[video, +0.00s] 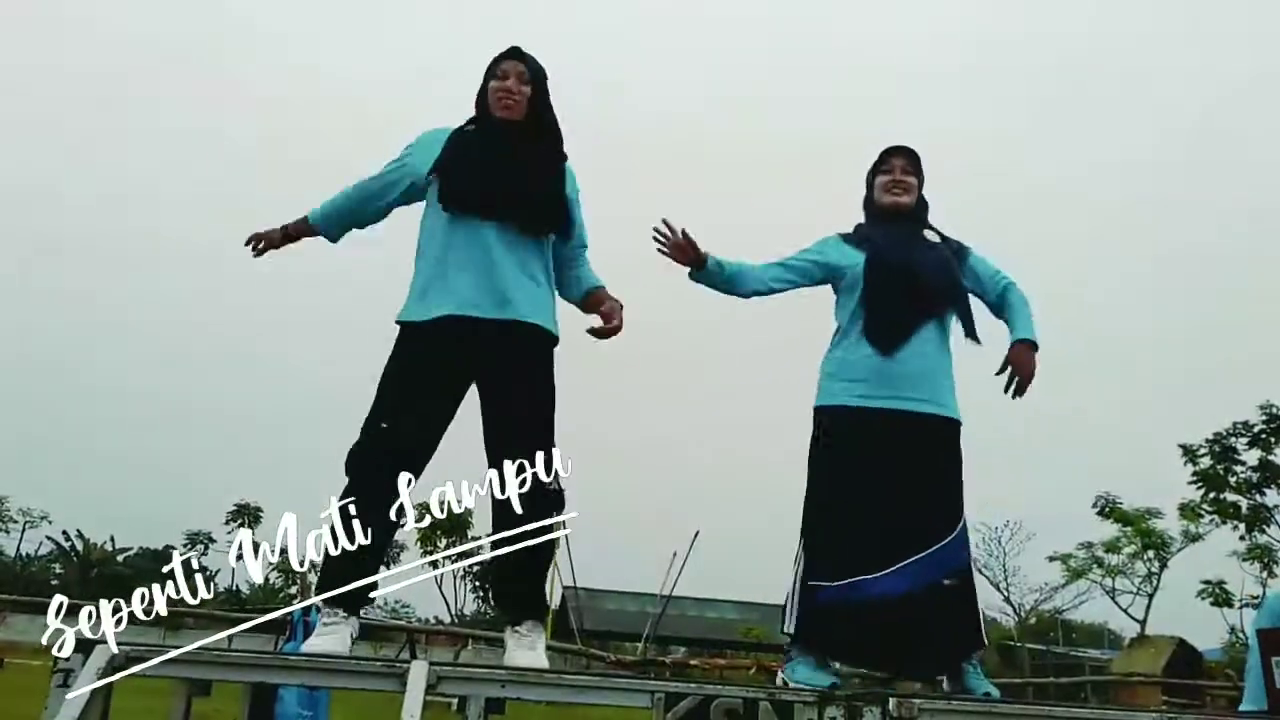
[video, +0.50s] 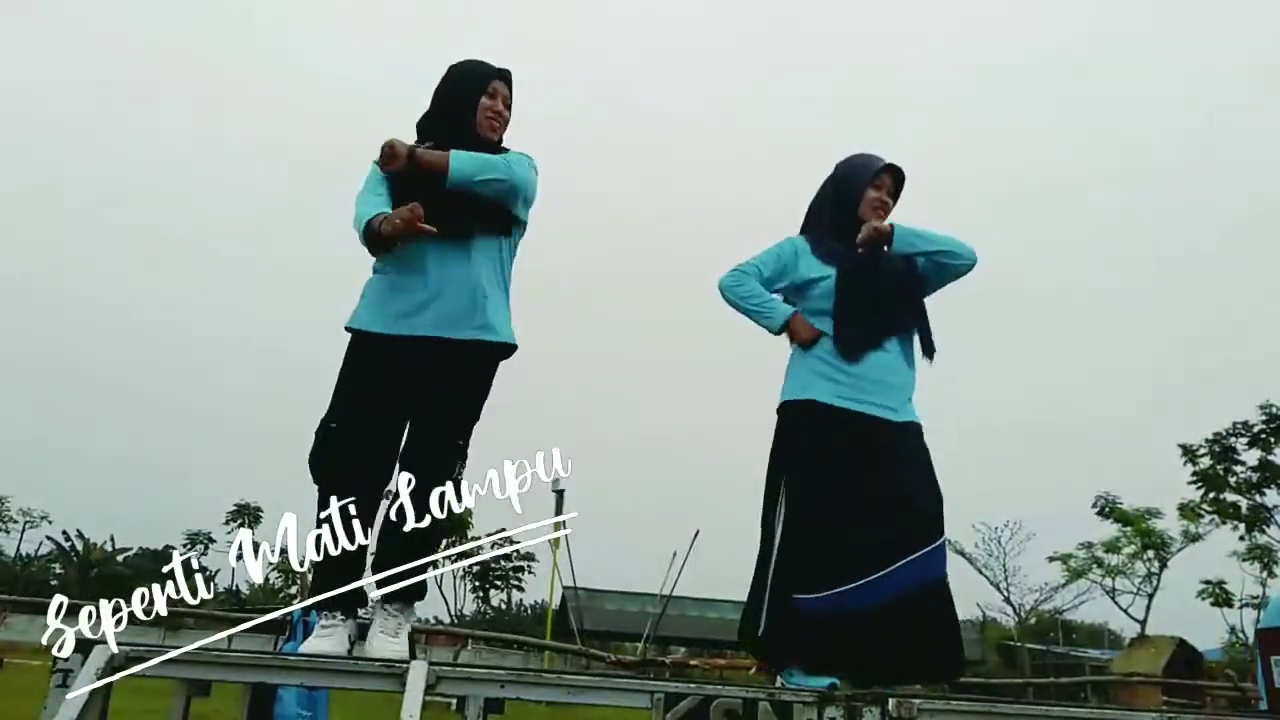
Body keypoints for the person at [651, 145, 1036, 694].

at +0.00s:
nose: (898, 179)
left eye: (908, 174)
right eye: (887, 173)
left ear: (922, 192)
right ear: (869, 191)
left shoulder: (950, 254)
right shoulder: (844, 248)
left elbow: (1007, 292)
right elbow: (767, 276)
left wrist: (1025, 340)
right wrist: (704, 264)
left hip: (929, 411)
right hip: (851, 405)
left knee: (942, 533)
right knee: (832, 529)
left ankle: (961, 661)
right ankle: (808, 653)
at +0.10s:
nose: (885, 184)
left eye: (895, 180)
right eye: (875, 178)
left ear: (905, 198)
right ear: (854, 192)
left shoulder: (930, 261)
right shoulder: (821, 253)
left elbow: (989, 295)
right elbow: (757, 283)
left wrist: (1045, 336)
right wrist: (701, 282)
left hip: (911, 416)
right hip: (832, 410)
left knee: (929, 536)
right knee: (823, 534)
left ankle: (948, 658)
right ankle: (812, 660)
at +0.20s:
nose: (879, 179)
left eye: (889, 175)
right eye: (869, 170)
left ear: (896, 193)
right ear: (845, 181)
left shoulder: (913, 254)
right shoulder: (810, 241)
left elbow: (965, 274)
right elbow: (740, 264)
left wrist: (1007, 285)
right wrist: (727, 285)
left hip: (899, 411)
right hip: (822, 408)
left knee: (923, 530)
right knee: (820, 530)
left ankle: (934, 656)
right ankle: (807, 657)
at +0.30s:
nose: (879, 183)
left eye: (887, 179)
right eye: (869, 172)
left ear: (891, 192)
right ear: (843, 177)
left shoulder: (905, 255)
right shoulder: (808, 235)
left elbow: (975, 267)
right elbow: (729, 257)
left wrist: (949, 239)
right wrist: (765, 293)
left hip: (893, 401)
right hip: (821, 396)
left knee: (891, 521)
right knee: (816, 521)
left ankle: (875, 641)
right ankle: (803, 655)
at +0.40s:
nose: (880, 199)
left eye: (887, 195)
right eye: (872, 188)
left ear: (890, 205)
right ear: (843, 186)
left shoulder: (901, 261)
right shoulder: (807, 245)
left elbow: (957, 257)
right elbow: (732, 270)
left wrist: (890, 229)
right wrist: (784, 306)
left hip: (887, 410)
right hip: (817, 401)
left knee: (877, 528)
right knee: (814, 526)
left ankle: (851, 654)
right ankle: (800, 659)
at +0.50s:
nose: (885, 202)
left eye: (891, 197)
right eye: (877, 190)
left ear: (892, 208)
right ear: (847, 189)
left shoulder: (902, 264)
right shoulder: (804, 250)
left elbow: (963, 258)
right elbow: (735, 282)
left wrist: (893, 236)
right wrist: (787, 318)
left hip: (892, 417)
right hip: (820, 408)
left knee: (908, 529)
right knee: (815, 530)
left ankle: (884, 666)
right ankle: (799, 661)